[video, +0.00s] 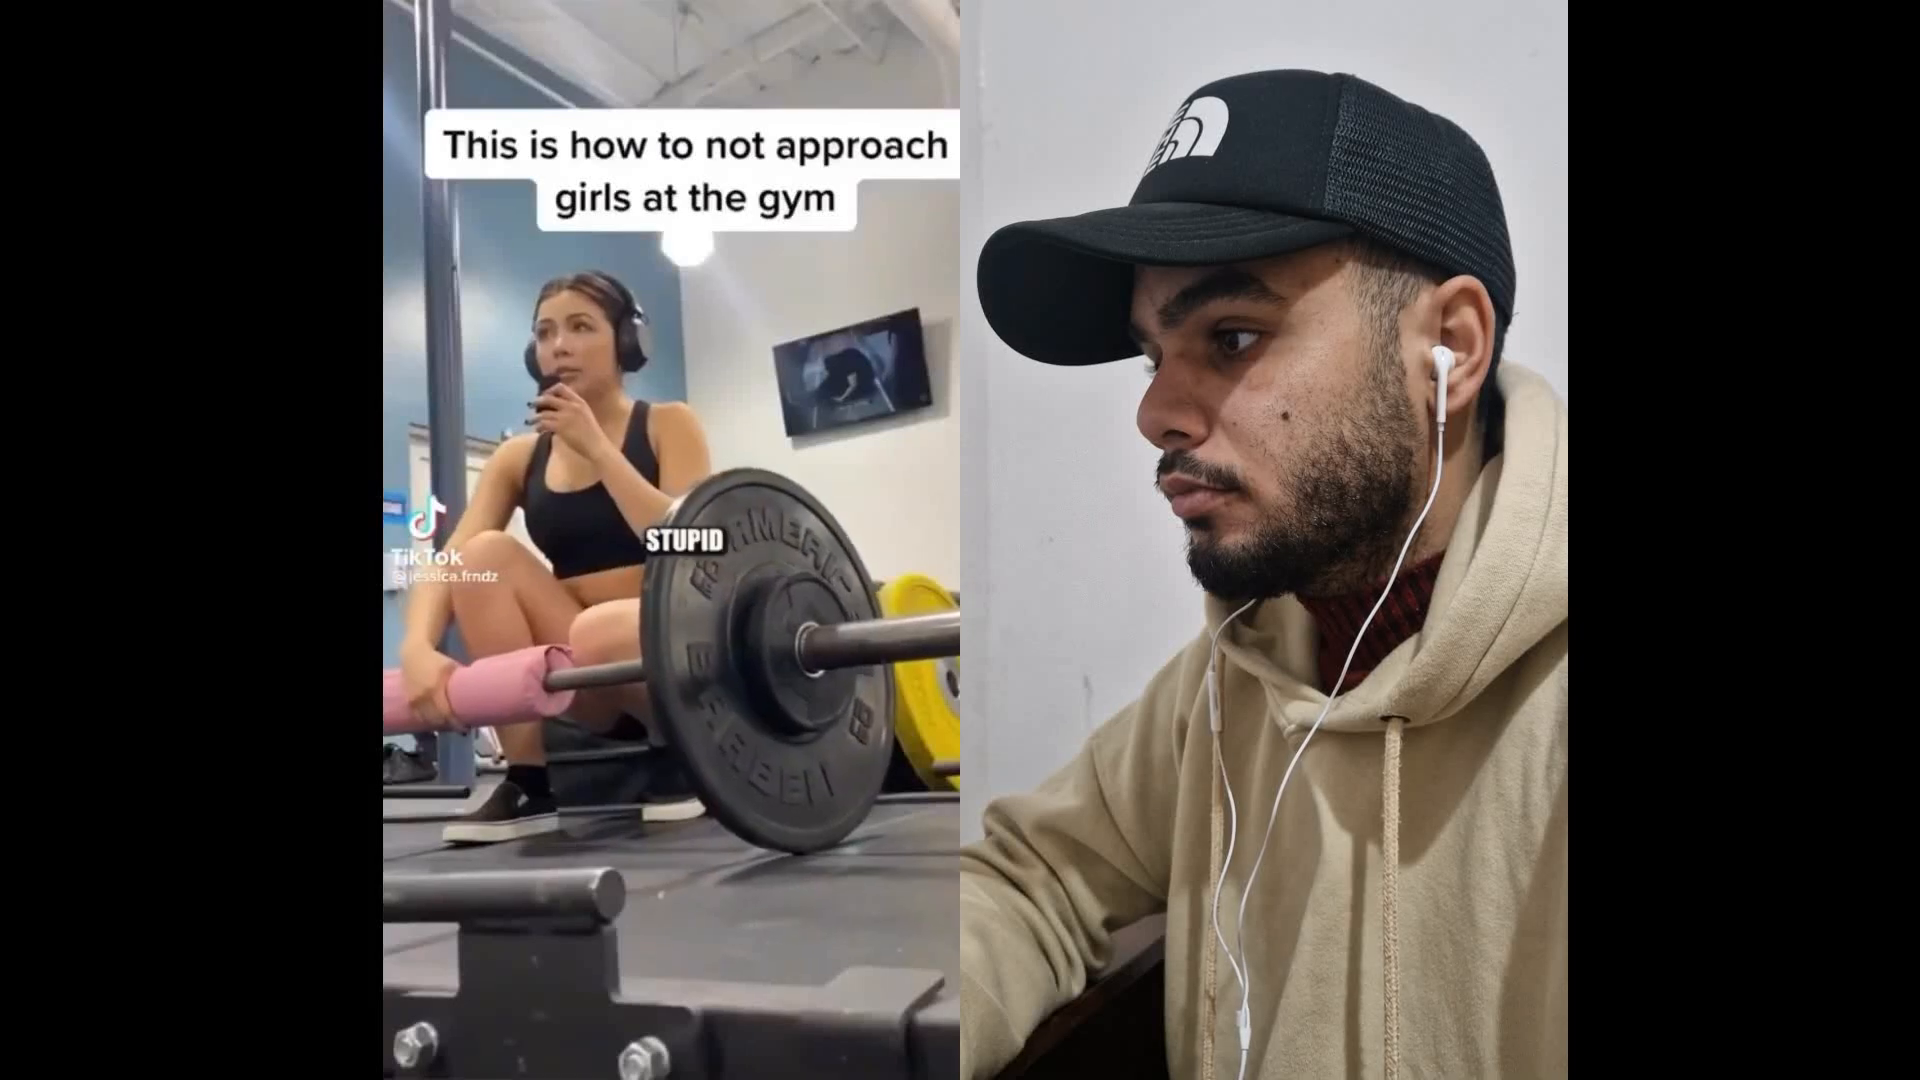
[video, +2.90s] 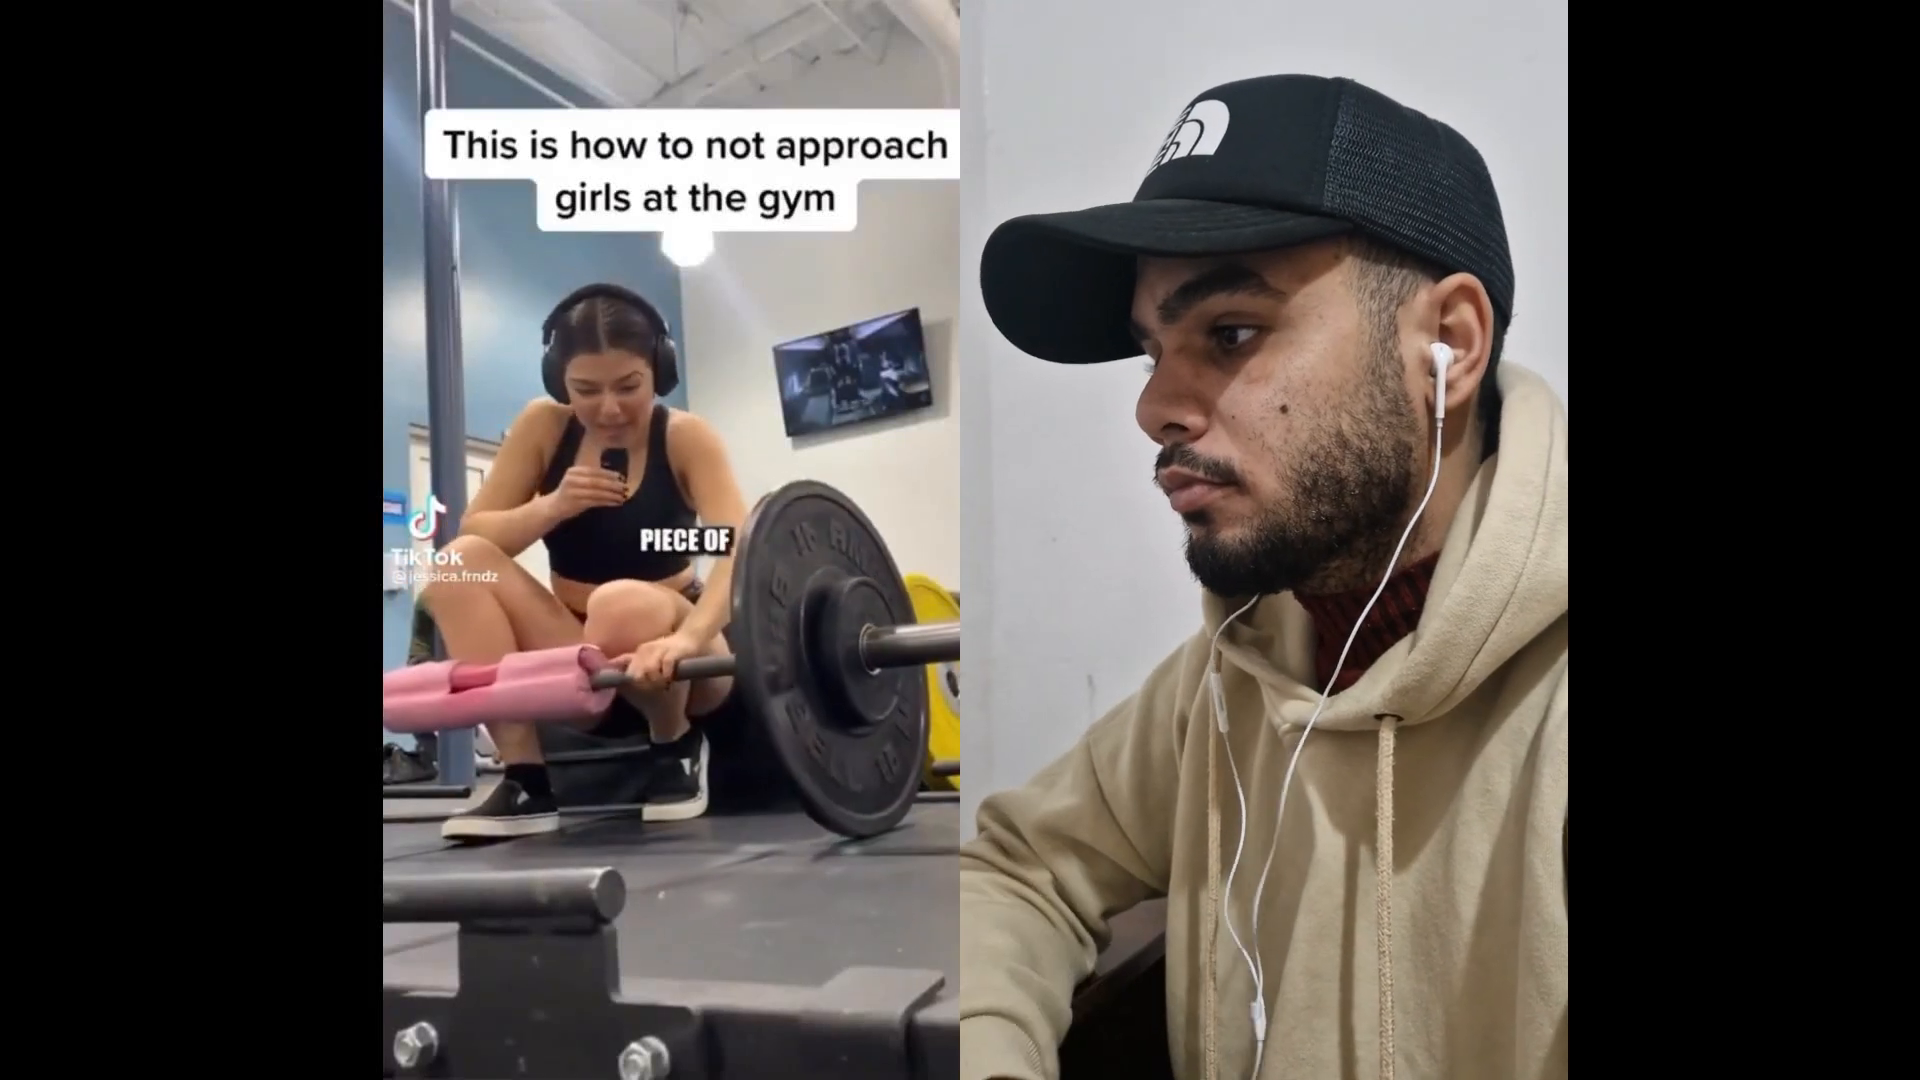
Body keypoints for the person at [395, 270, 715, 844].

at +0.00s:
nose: (559, 344)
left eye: (580, 326)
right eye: (546, 330)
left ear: (622, 342)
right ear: (535, 352)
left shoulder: (668, 425)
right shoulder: (520, 455)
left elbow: (691, 540)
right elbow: (452, 560)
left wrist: (598, 449)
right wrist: (417, 651)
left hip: (675, 644)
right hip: (580, 662)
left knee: (597, 632)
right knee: (484, 555)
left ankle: (687, 757)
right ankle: (527, 783)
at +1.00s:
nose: (575, 338)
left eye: (596, 321)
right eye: (560, 323)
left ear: (635, 340)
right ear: (546, 344)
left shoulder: (677, 425)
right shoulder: (523, 451)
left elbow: (700, 537)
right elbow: (469, 560)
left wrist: (614, 442)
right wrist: (426, 593)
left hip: (669, 640)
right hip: (571, 647)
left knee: (615, 638)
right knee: (478, 561)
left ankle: (666, 752)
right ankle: (527, 782)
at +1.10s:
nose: (571, 335)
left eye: (593, 318)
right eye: (557, 321)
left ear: (632, 337)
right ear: (544, 343)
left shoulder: (674, 420)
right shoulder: (522, 447)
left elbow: (702, 525)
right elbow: (478, 560)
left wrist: (615, 435)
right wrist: (456, 534)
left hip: (671, 633)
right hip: (572, 642)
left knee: (608, 643)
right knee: (466, 557)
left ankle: (668, 754)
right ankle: (528, 781)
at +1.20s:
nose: (569, 332)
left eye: (591, 317)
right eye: (555, 320)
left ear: (630, 335)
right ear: (542, 342)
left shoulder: (672, 416)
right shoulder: (527, 441)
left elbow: (700, 519)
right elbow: (462, 550)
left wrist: (614, 430)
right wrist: (465, 465)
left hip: (670, 630)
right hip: (571, 641)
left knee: (604, 645)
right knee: (468, 561)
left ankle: (670, 754)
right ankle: (527, 781)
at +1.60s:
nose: (573, 334)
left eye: (592, 319)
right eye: (554, 324)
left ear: (628, 336)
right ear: (537, 349)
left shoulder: (666, 410)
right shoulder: (530, 414)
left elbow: (717, 519)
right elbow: (468, 532)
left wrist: (616, 470)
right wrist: (535, 433)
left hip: (671, 628)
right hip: (571, 637)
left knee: (596, 646)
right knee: (461, 564)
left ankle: (689, 754)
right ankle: (527, 781)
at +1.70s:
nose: (575, 332)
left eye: (594, 317)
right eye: (556, 321)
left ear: (629, 334)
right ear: (538, 347)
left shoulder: (663, 411)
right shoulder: (531, 410)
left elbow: (702, 527)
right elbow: (478, 531)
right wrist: (544, 427)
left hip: (663, 630)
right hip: (567, 637)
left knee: (602, 639)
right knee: (462, 562)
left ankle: (676, 758)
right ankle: (526, 781)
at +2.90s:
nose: (610, 408)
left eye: (628, 387)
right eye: (588, 390)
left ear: (656, 374)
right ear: (561, 384)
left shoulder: (688, 439)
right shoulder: (544, 425)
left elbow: (737, 551)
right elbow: (470, 534)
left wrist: (689, 636)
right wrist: (555, 506)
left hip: (681, 656)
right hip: (576, 657)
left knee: (621, 604)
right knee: (457, 565)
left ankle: (672, 744)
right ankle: (525, 777)